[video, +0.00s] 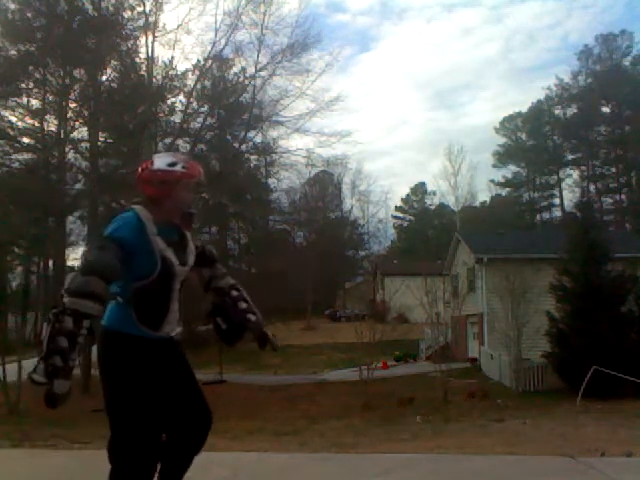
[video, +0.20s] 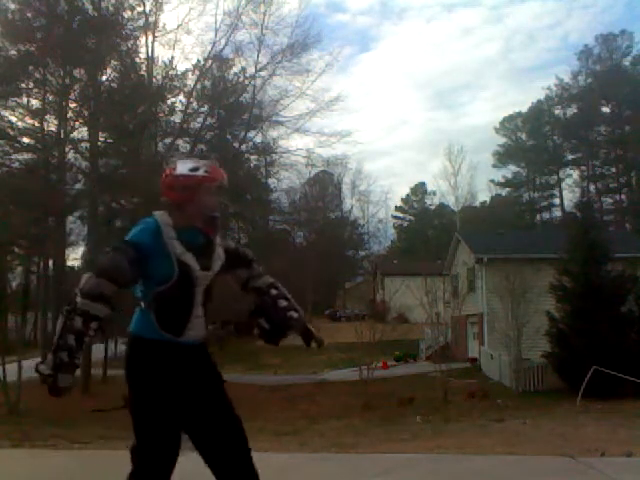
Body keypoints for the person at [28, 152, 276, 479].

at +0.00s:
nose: (192, 198)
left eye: (192, 190)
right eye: (186, 190)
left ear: (170, 193)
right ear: (164, 191)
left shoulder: (180, 236)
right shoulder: (129, 227)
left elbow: (212, 272)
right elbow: (87, 288)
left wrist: (241, 310)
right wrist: (60, 361)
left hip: (164, 345)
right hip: (124, 345)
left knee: (194, 420)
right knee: (135, 438)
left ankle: (167, 476)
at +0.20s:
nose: (217, 202)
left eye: (217, 194)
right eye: (210, 193)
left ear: (201, 195)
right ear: (186, 195)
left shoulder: (212, 242)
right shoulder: (151, 233)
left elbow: (250, 275)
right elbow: (102, 285)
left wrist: (284, 311)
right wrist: (67, 350)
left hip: (193, 356)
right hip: (151, 357)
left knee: (228, 447)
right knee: (155, 454)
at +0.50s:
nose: (251, 208)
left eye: (253, 200)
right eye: (243, 200)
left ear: (250, 204)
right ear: (221, 203)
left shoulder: (253, 248)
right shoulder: (193, 241)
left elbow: (289, 277)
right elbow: (145, 293)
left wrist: (313, 318)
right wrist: (103, 350)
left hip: (228, 357)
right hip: (187, 355)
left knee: (247, 449)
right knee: (173, 448)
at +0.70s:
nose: (266, 219)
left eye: (272, 212)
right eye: (257, 210)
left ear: (278, 217)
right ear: (237, 211)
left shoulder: (267, 256)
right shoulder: (212, 247)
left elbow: (295, 289)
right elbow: (172, 294)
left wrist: (310, 326)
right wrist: (134, 341)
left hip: (236, 361)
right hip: (196, 358)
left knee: (259, 447)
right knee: (176, 446)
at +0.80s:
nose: (274, 222)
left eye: (280, 214)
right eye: (266, 213)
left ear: (285, 218)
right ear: (245, 215)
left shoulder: (274, 255)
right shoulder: (224, 252)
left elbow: (294, 299)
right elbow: (185, 310)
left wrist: (303, 344)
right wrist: (158, 373)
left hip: (246, 365)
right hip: (208, 363)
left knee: (268, 448)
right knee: (182, 449)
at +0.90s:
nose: (285, 219)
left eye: (290, 212)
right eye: (278, 211)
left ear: (292, 214)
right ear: (257, 212)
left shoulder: (280, 250)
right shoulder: (237, 249)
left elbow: (291, 310)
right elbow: (219, 317)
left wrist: (291, 365)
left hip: (260, 367)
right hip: (228, 366)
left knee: (274, 454)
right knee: (202, 447)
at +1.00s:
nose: (288, 216)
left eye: (294, 208)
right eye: (280, 208)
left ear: (299, 211)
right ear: (263, 210)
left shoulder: (284, 248)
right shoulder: (247, 244)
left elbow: (277, 305)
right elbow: (239, 304)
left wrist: (274, 356)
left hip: (262, 351)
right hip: (230, 348)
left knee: (276, 441)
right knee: (239, 438)